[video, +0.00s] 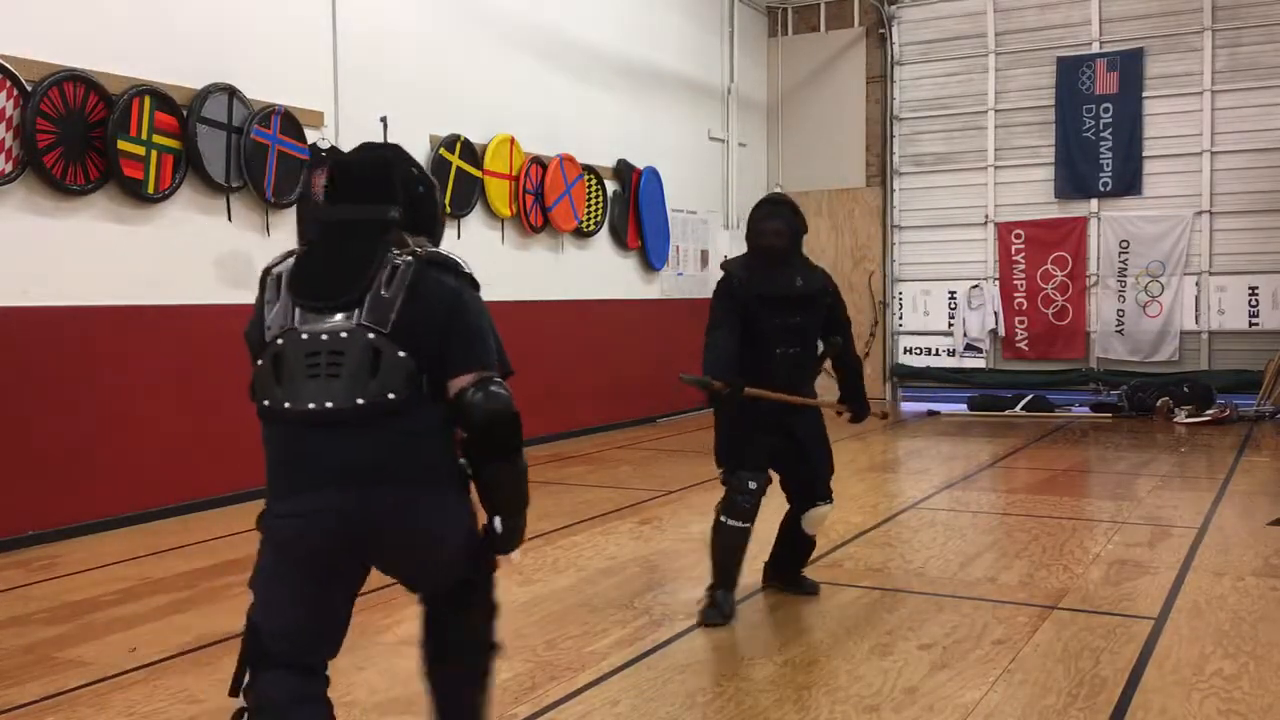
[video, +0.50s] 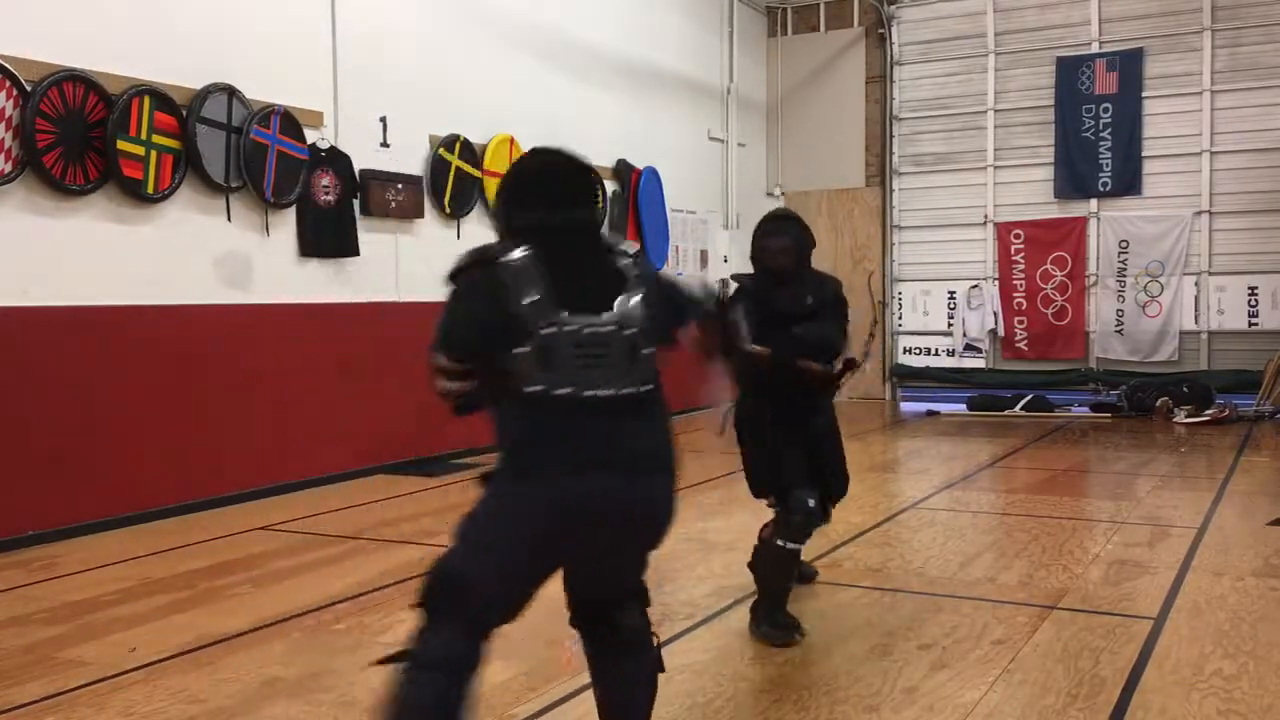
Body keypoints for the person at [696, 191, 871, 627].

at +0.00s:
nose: (770, 243)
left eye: (779, 234)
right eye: (762, 234)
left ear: (797, 235)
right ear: (749, 236)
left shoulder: (817, 283)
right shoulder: (737, 279)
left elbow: (841, 343)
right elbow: (721, 332)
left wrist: (854, 393)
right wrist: (719, 375)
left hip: (797, 405)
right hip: (744, 402)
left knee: (814, 501)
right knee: (743, 493)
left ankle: (782, 570)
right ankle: (721, 589)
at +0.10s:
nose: (773, 241)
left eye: (782, 232)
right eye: (764, 232)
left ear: (801, 234)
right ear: (751, 234)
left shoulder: (822, 282)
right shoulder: (739, 279)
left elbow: (847, 341)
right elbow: (724, 332)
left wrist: (860, 389)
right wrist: (723, 375)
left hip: (802, 402)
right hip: (748, 401)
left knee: (813, 499)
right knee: (748, 496)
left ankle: (783, 568)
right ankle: (743, 591)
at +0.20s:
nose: (771, 235)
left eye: (779, 225)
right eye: (762, 226)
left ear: (799, 227)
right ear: (750, 229)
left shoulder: (821, 275)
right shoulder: (739, 275)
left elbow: (858, 322)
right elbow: (724, 326)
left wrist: (864, 380)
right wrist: (722, 365)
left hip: (805, 399)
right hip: (751, 397)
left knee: (807, 496)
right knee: (754, 493)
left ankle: (784, 567)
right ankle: (750, 596)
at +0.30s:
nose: (765, 236)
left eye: (774, 226)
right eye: (755, 227)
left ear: (795, 226)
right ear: (744, 229)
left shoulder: (820, 270)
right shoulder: (735, 273)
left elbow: (867, 318)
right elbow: (723, 326)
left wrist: (864, 383)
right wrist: (731, 354)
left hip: (807, 397)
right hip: (754, 397)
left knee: (805, 495)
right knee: (771, 493)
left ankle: (787, 565)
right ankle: (762, 600)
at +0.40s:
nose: (767, 248)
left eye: (776, 239)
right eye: (758, 240)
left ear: (795, 240)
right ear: (746, 245)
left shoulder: (821, 283)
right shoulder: (741, 286)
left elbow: (846, 342)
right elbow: (730, 339)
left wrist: (805, 360)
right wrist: (757, 354)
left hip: (807, 403)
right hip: (758, 405)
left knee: (807, 491)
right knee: (787, 503)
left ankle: (784, 553)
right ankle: (767, 606)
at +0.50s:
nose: (777, 259)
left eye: (785, 249)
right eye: (768, 250)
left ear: (804, 250)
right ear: (755, 253)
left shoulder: (827, 291)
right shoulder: (746, 294)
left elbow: (831, 342)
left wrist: (771, 349)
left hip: (812, 408)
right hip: (765, 411)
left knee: (822, 499)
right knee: (798, 508)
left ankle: (784, 551)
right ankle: (768, 608)